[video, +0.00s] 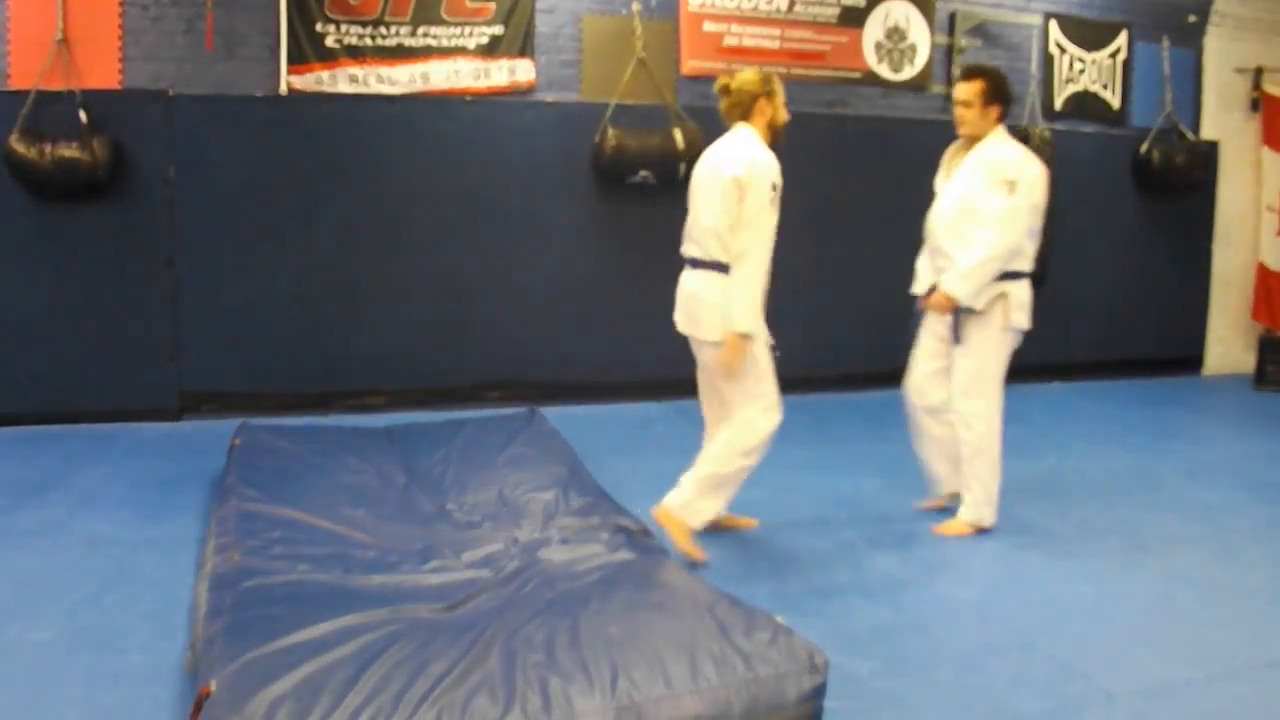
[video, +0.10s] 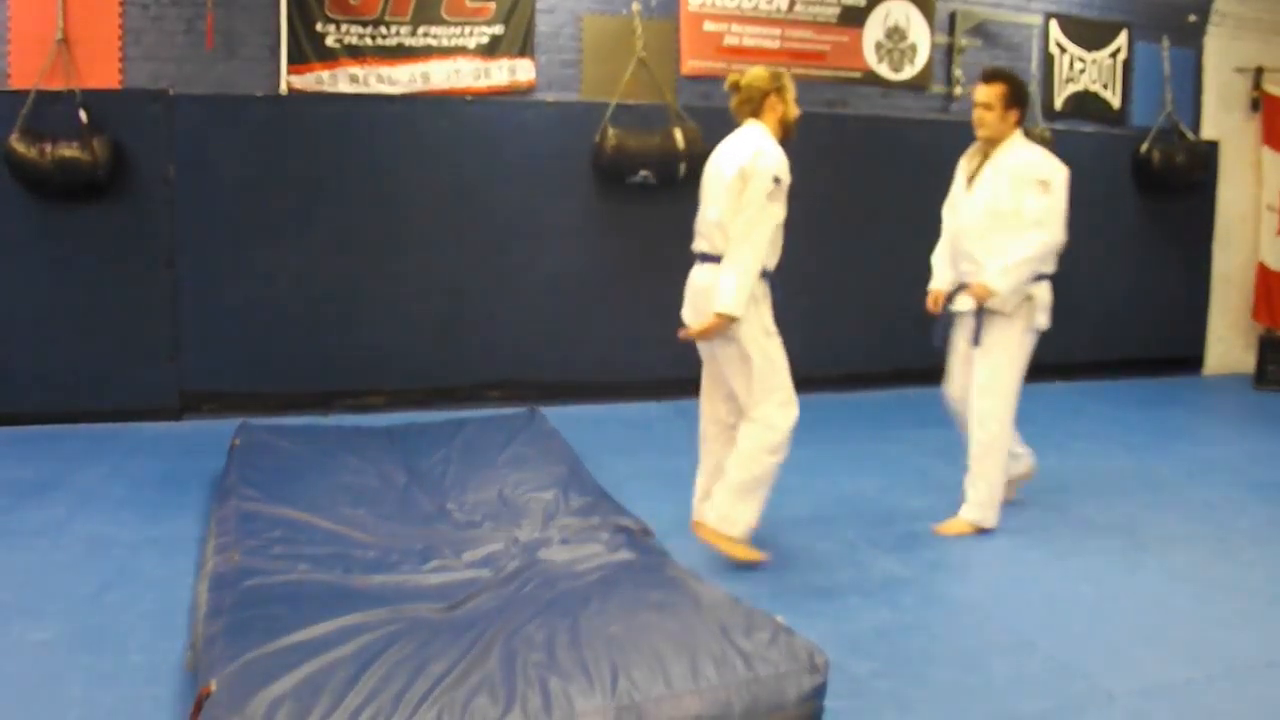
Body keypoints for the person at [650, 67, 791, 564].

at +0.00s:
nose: (784, 112)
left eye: (781, 103)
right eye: (780, 104)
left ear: (740, 108)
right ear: (762, 107)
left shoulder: (713, 155)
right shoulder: (759, 161)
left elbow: (700, 237)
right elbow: (752, 249)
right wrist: (740, 323)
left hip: (696, 286)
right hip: (730, 294)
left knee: (717, 407)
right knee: (761, 410)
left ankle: (710, 505)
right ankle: (682, 507)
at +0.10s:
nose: (796, 110)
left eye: (794, 101)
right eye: (791, 101)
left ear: (751, 104)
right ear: (773, 104)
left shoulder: (728, 148)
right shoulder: (767, 155)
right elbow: (750, 235)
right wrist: (728, 304)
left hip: (706, 277)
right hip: (737, 285)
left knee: (721, 406)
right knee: (775, 406)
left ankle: (709, 510)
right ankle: (727, 518)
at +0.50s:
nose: (811, 98)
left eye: (809, 89)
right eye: (807, 90)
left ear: (759, 94)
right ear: (792, 95)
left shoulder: (733, 148)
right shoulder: (797, 153)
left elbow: (734, 223)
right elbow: (817, 240)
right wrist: (842, 312)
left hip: (723, 280)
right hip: (765, 290)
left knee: (737, 403)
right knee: (779, 417)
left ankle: (721, 496)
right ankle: (758, 543)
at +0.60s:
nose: (808, 96)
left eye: (806, 88)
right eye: (803, 89)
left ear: (759, 97)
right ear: (785, 95)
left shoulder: (733, 150)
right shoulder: (791, 155)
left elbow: (734, 222)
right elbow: (815, 239)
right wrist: (856, 300)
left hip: (727, 281)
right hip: (768, 289)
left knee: (732, 404)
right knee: (779, 416)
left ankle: (723, 507)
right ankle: (758, 545)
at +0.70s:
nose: (804, 96)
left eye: (802, 88)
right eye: (799, 88)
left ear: (758, 97)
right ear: (781, 96)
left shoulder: (735, 147)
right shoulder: (783, 156)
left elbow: (742, 227)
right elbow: (806, 239)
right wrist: (857, 296)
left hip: (730, 281)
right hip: (768, 289)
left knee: (738, 404)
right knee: (783, 415)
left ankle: (724, 507)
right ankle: (759, 544)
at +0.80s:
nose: (802, 96)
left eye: (799, 87)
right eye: (796, 88)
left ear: (755, 95)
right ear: (778, 94)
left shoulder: (733, 146)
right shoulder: (780, 155)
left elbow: (738, 226)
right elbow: (799, 241)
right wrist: (839, 304)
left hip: (733, 279)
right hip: (769, 287)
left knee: (738, 402)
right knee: (784, 412)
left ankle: (724, 506)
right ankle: (758, 541)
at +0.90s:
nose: (798, 99)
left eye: (795, 90)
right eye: (793, 90)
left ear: (749, 95)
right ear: (777, 95)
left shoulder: (732, 149)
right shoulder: (778, 156)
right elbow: (796, 246)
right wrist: (819, 314)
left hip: (734, 279)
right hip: (768, 288)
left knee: (736, 404)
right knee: (783, 416)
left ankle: (722, 507)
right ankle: (756, 541)